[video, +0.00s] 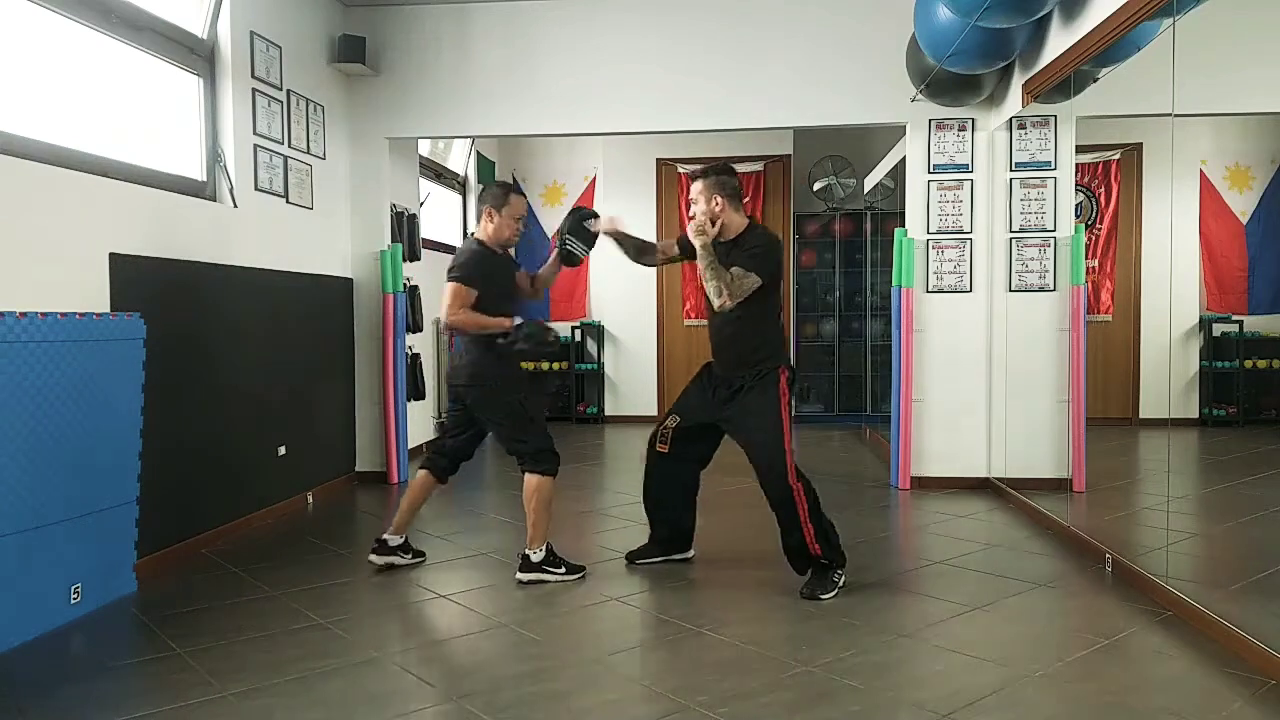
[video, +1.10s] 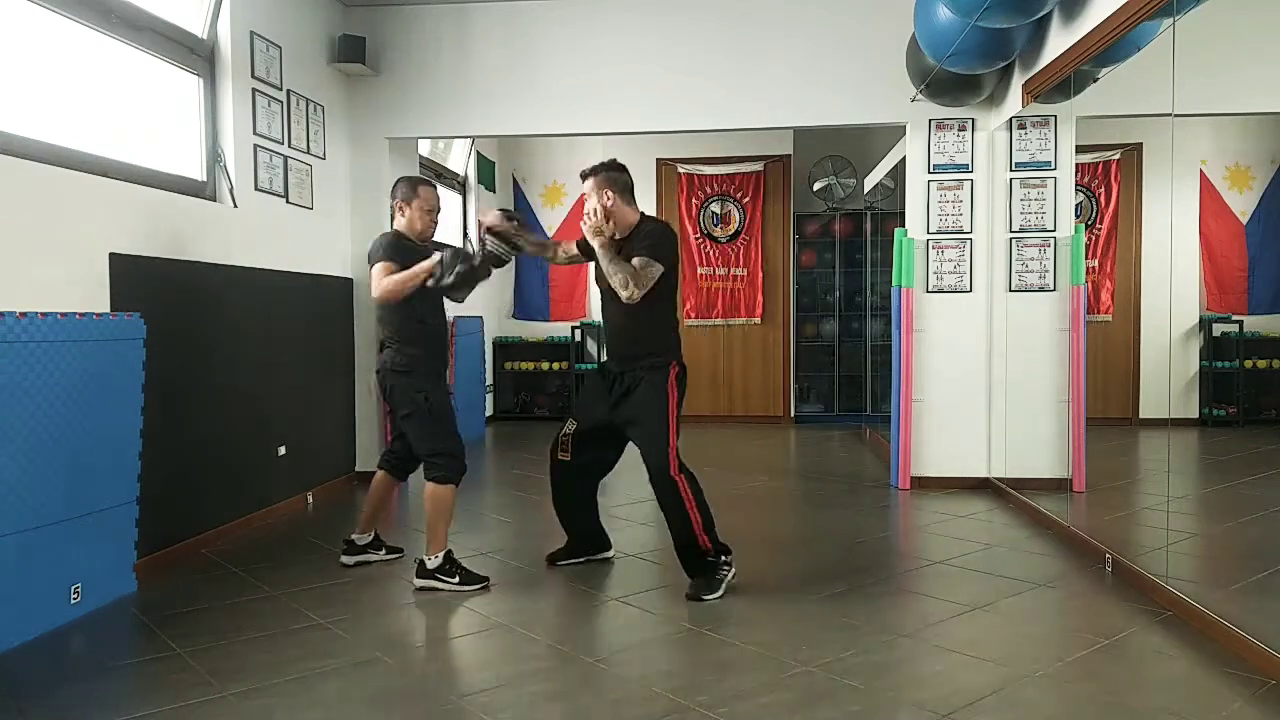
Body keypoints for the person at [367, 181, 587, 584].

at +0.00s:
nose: (521, 228)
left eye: (523, 221)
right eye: (516, 220)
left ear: (495, 218)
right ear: (489, 216)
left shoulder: (500, 259)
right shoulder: (472, 257)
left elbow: (535, 287)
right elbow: (453, 314)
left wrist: (563, 252)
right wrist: (511, 323)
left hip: (472, 376)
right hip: (487, 376)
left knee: (443, 456)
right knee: (541, 458)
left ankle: (391, 540)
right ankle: (537, 556)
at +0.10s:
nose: (506, 231)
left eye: (508, 224)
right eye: (500, 223)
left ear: (485, 221)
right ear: (474, 217)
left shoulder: (490, 261)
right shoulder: (448, 258)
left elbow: (517, 300)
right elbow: (413, 309)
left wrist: (545, 260)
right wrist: (467, 332)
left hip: (467, 380)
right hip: (471, 382)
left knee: (432, 461)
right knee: (527, 457)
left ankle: (388, 545)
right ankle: (535, 556)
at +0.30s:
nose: (494, 223)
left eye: (496, 216)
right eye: (489, 214)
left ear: (475, 213)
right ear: (462, 209)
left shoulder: (477, 255)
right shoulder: (443, 239)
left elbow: (510, 285)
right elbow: (393, 264)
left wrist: (536, 249)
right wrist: (437, 272)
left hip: (442, 368)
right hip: (464, 369)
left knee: (422, 457)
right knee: (504, 456)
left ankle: (386, 545)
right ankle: (488, 558)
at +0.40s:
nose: (488, 220)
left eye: (490, 213)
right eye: (484, 212)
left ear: (461, 208)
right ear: (461, 207)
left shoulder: (462, 251)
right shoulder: (443, 236)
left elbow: (489, 286)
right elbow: (455, 242)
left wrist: (521, 250)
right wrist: (501, 209)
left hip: (432, 366)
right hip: (456, 367)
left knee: (428, 449)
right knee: (494, 459)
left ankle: (388, 537)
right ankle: (487, 559)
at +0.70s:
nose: (466, 229)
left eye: (468, 222)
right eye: (463, 219)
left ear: (438, 214)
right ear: (442, 213)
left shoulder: (417, 246)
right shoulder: (431, 237)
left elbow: (444, 295)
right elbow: (453, 250)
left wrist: (472, 284)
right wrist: (490, 209)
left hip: (405, 360)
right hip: (435, 360)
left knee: (397, 454)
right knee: (475, 458)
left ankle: (366, 541)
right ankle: (485, 558)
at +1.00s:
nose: (443, 220)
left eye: (446, 214)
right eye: (438, 212)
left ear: (415, 212)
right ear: (412, 209)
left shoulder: (416, 250)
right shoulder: (401, 234)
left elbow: (433, 306)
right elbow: (419, 244)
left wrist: (464, 273)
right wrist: (464, 210)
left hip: (404, 363)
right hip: (413, 364)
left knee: (401, 452)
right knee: (445, 459)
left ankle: (365, 541)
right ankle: (435, 561)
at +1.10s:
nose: (436, 220)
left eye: (437, 213)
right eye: (429, 212)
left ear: (420, 212)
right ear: (401, 209)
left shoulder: (424, 251)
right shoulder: (388, 245)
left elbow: (458, 284)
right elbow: (382, 290)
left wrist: (486, 257)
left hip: (419, 371)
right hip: (410, 373)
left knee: (401, 454)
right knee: (446, 460)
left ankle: (362, 539)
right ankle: (436, 561)